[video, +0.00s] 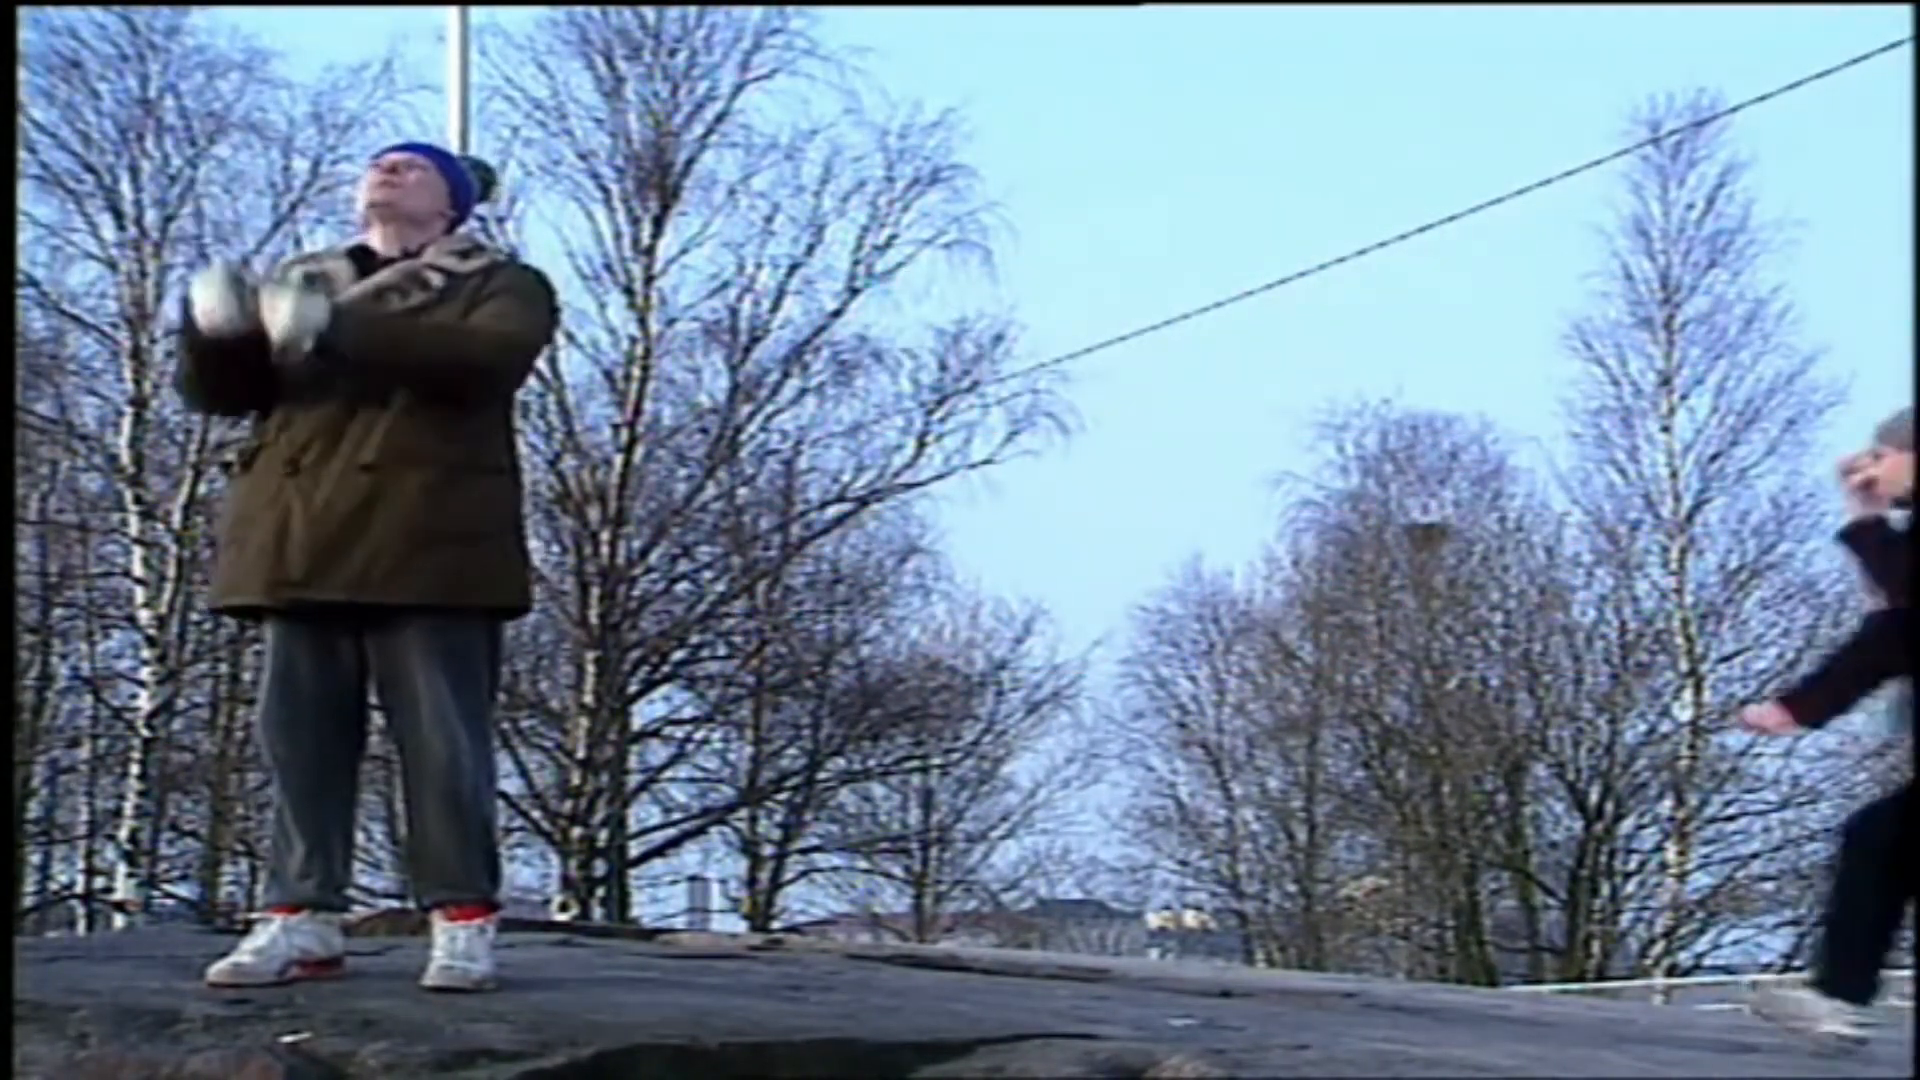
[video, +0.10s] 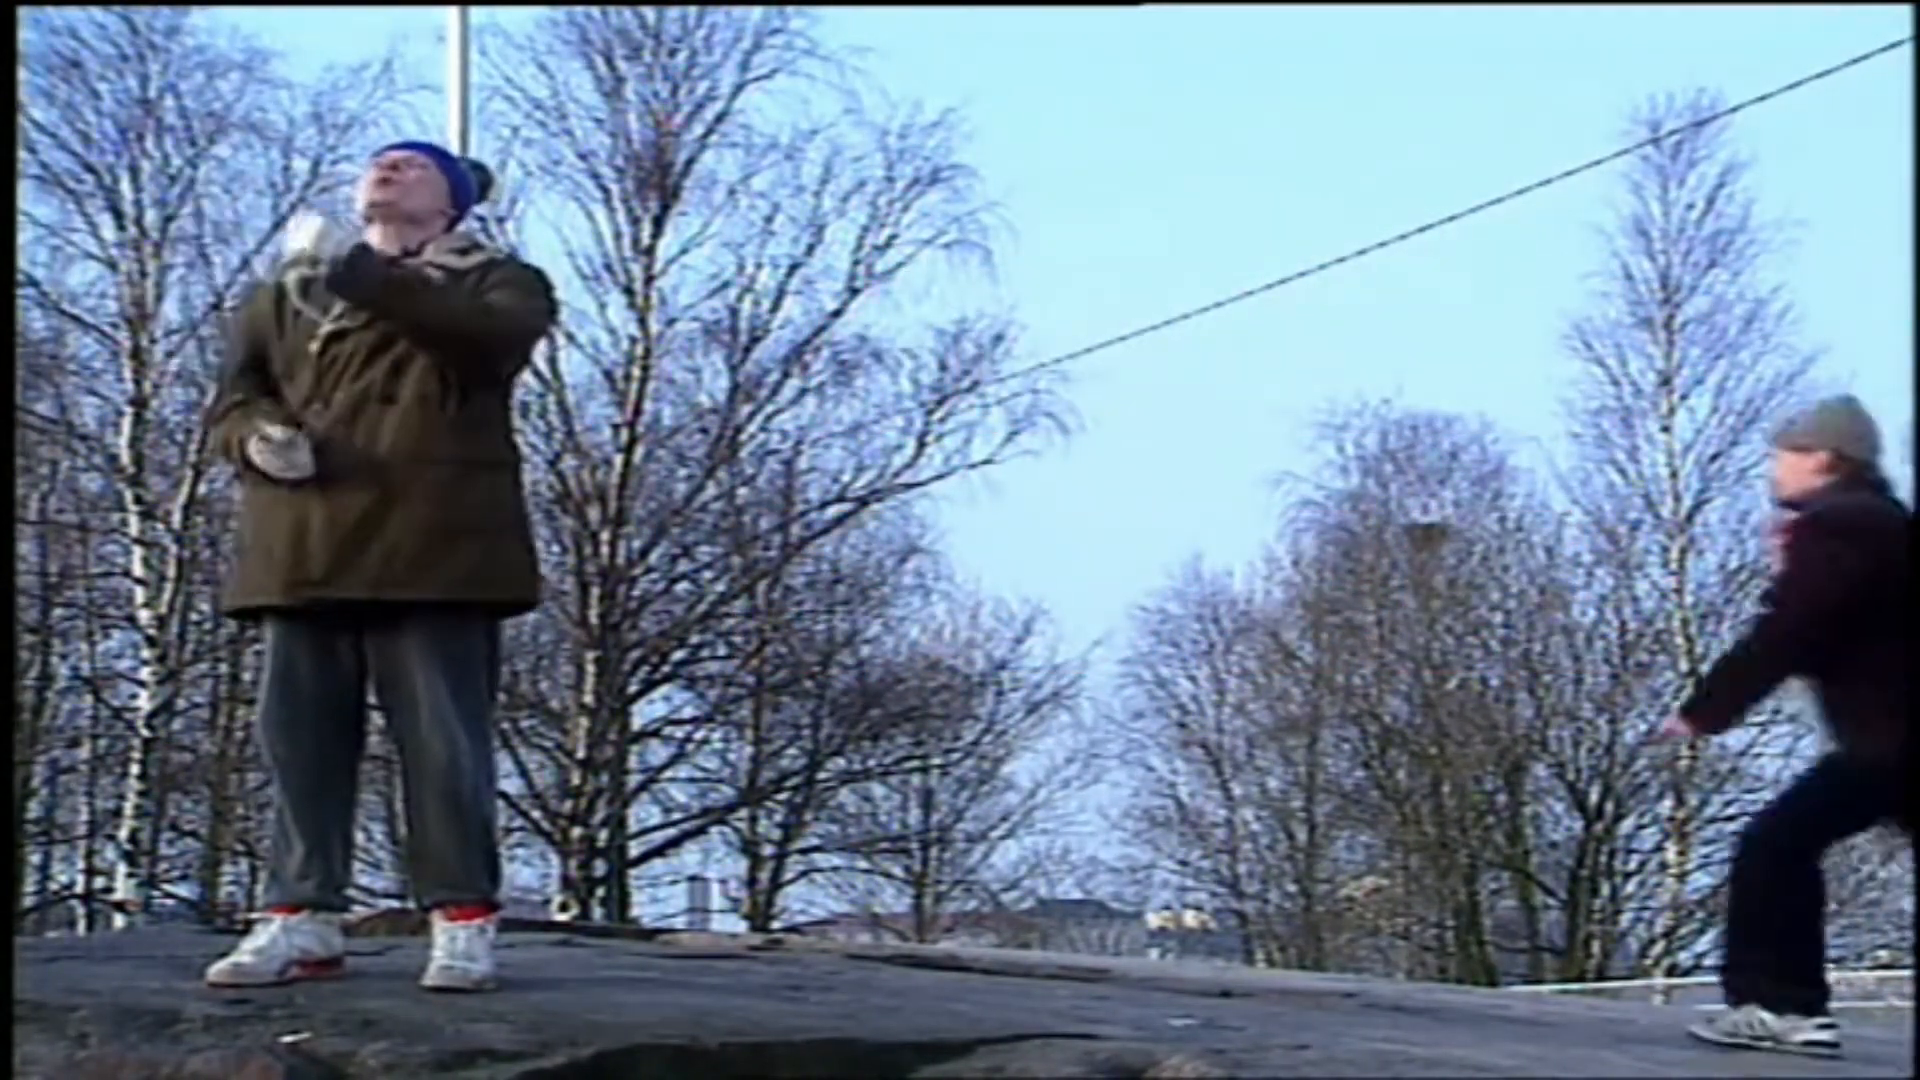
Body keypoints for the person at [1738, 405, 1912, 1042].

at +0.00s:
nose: (1872, 467)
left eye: (1885, 453)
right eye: (1876, 452)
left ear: (1912, 461)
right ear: (1901, 461)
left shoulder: (1906, 537)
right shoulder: (1902, 533)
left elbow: (1896, 634)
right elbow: (1904, 607)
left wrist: (1802, 706)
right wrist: (1869, 522)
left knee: (1874, 839)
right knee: (1872, 839)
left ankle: (1843, 992)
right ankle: (1843, 990)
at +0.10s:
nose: (1773, 468)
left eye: (1783, 455)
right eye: (1776, 455)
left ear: (1823, 461)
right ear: (1838, 462)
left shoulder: (1838, 531)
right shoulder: (1878, 523)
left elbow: (1786, 634)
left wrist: (1703, 711)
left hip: (1887, 754)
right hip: (1893, 750)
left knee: (1775, 842)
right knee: (1781, 841)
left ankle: (1782, 1005)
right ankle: (1789, 1005)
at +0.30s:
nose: (1624, 425)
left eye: (1636, 412)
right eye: (1627, 412)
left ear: (1675, 419)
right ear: (1684, 421)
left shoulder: (1691, 481)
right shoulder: (1720, 480)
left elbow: (1683, 587)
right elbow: (1649, 568)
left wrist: (1655, 679)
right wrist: (1588, 504)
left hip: (1733, 697)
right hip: (1763, 695)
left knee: (1667, 830)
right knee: (1740, 838)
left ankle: (1796, 943)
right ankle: (1760, 999)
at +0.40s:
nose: (1563, 427)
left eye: (1575, 412)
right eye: (1563, 413)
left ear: (1620, 415)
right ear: (1626, 418)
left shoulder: (1636, 476)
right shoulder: (1662, 473)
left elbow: (1643, 576)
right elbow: (1586, 526)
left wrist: (1635, 672)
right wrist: (1499, 459)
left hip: (1672, 693)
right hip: (1715, 690)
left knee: (1560, 798)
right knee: (1728, 838)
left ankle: (1640, 953)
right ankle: (1778, 1000)